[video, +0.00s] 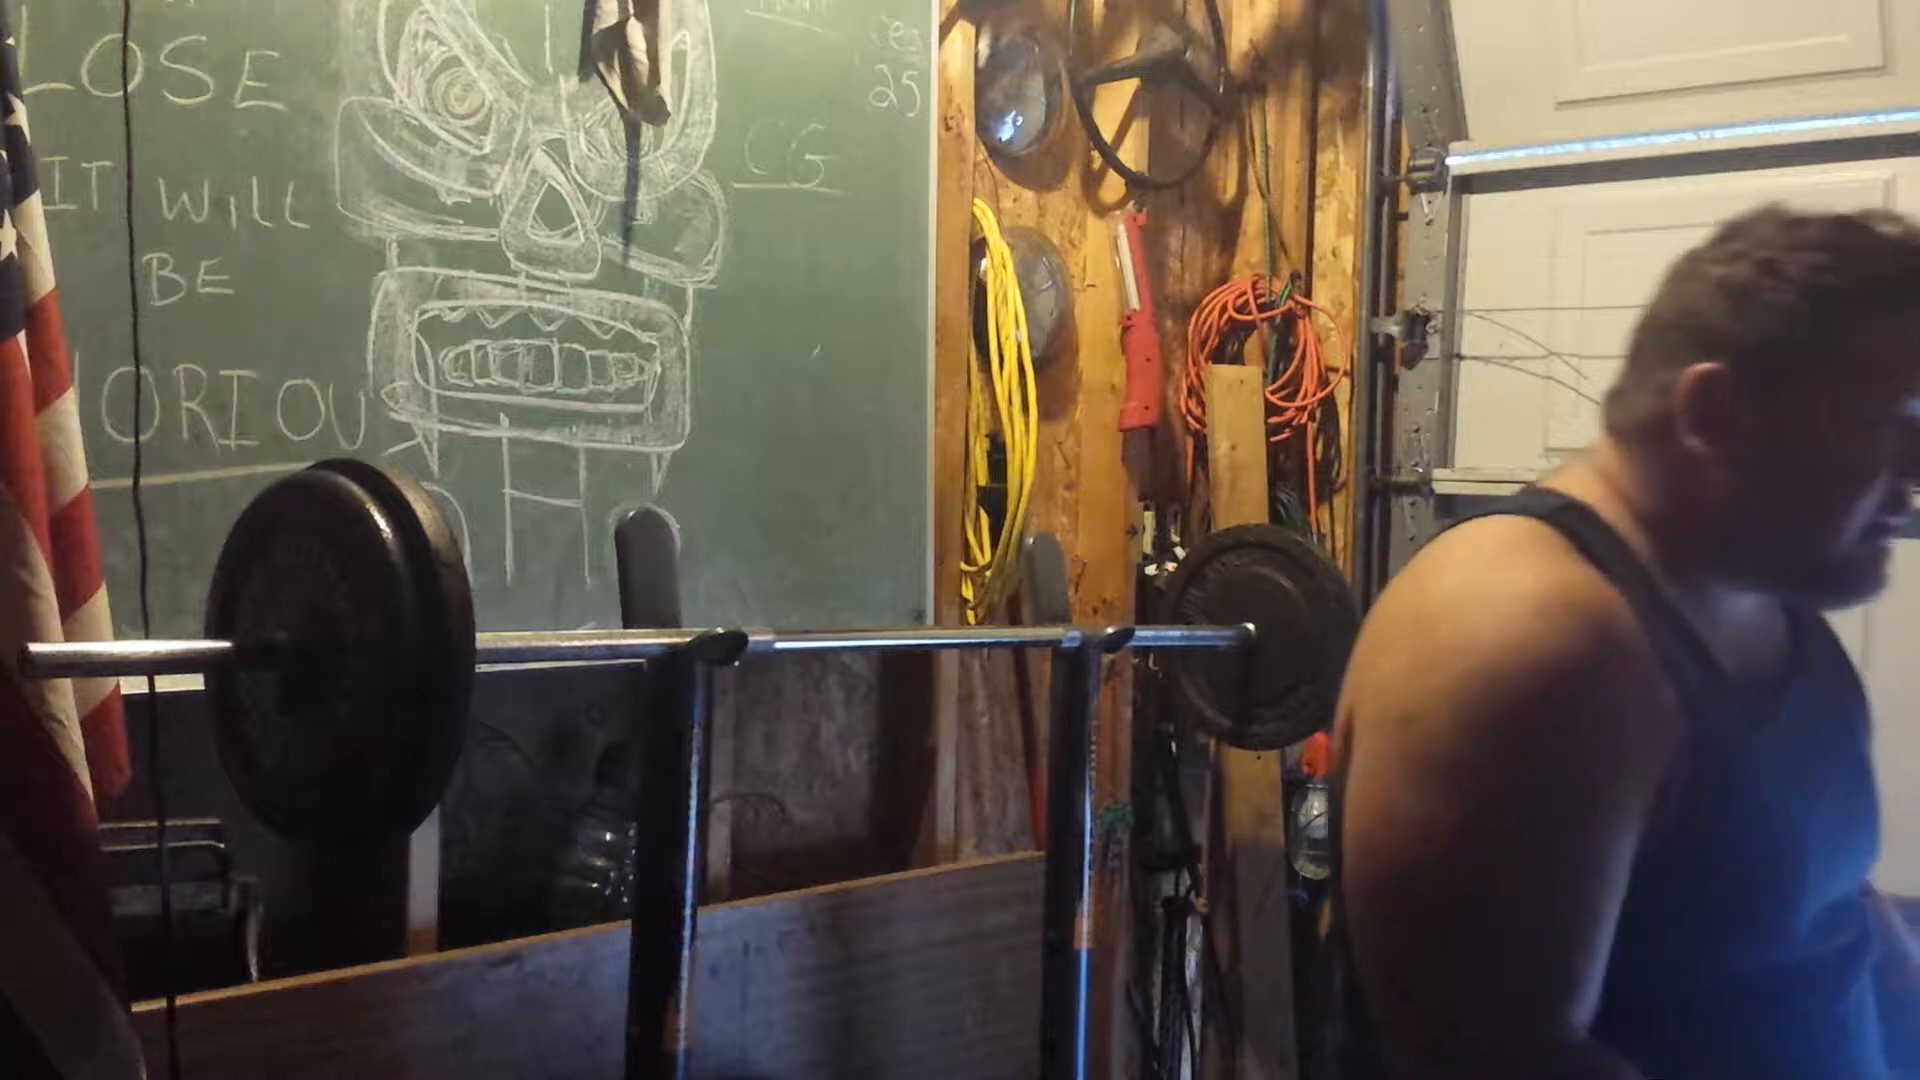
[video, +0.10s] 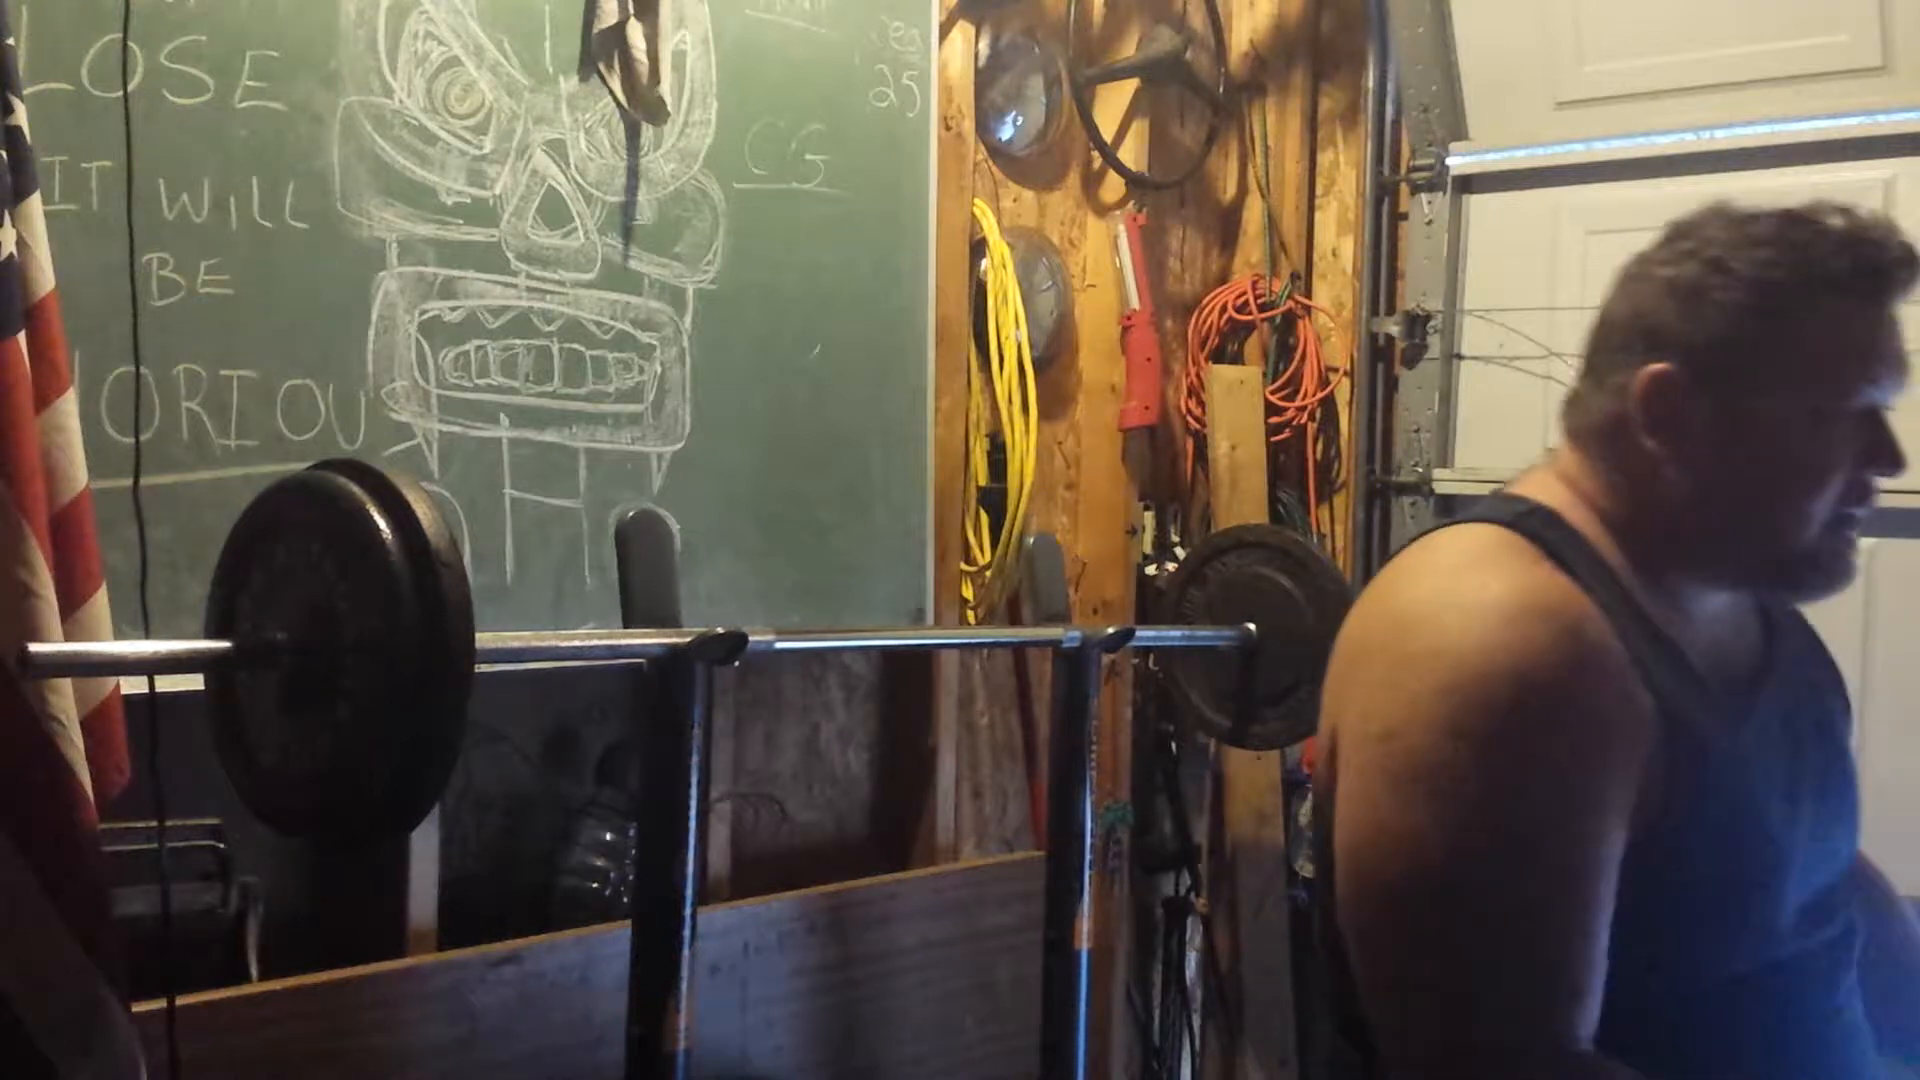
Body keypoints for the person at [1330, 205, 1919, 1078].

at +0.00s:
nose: (1915, 477)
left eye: (1913, 429)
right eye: (1892, 424)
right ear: (1710, 413)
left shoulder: (1758, 584)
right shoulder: (1528, 645)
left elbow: (1830, 906)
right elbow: (1497, 1054)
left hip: (1841, 1042)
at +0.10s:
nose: (1891, 460)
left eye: (1882, 415)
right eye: (1854, 416)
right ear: (1665, 414)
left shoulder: (1735, 581)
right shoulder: (1497, 653)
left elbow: (1828, 890)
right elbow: (1508, 1059)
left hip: (1830, 1051)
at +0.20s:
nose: (1864, 445)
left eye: (1855, 403)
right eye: (1818, 405)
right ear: (1634, 411)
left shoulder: (1733, 584)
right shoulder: (1481, 656)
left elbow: (1828, 882)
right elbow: (1507, 1060)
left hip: (1826, 1055)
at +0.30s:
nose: (1853, 439)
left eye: (1844, 393)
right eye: (1814, 394)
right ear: (1619, 413)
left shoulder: (1739, 590)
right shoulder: (1477, 661)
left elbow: (1829, 884)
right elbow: (1490, 1060)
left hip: (1828, 1054)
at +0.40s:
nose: (1867, 438)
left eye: (1856, 393)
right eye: (1823, 394)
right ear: (1626, 414)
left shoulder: (1748, 589)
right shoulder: (1486, 658)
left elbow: (1835, 890)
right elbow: (1435, 1054)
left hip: (1836, 1054)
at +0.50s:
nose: (1896, 444)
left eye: (1884, 398)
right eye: (1851, 403)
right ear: (1658, 419)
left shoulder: (1765, 587)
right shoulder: (1503, 654)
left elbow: (1847, 899)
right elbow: (1414, 1051)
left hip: (1839, 1053)